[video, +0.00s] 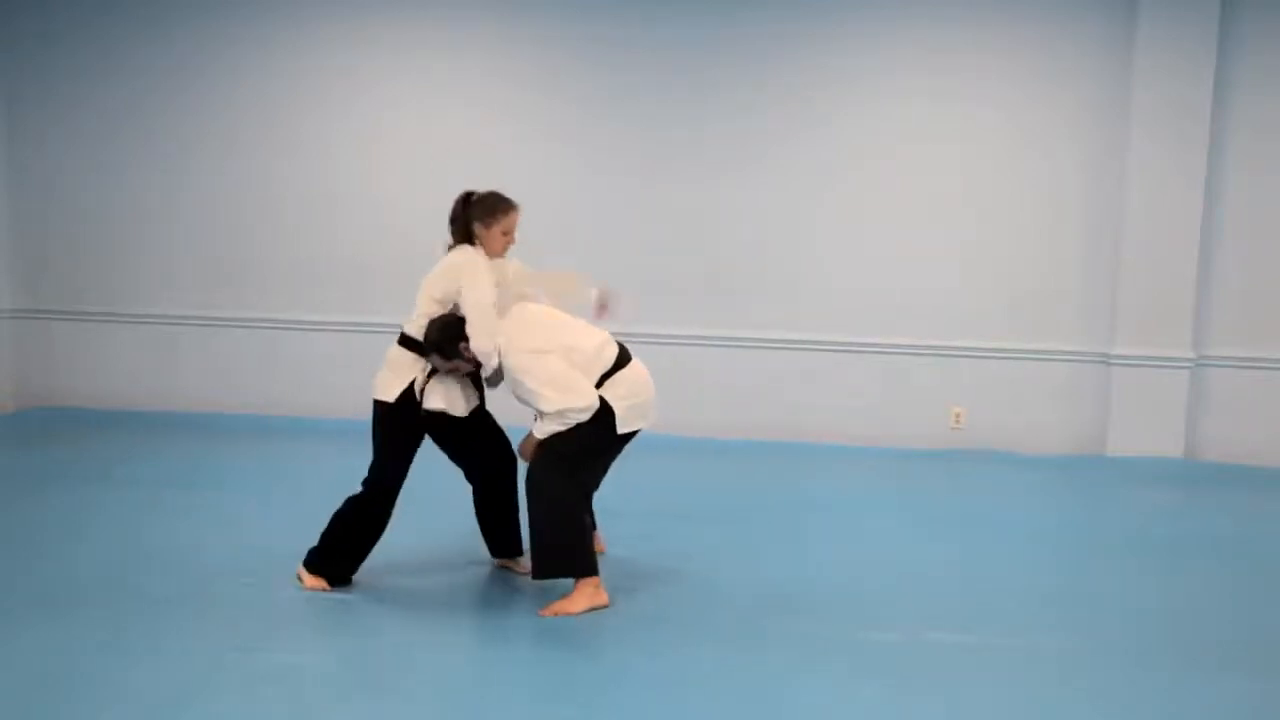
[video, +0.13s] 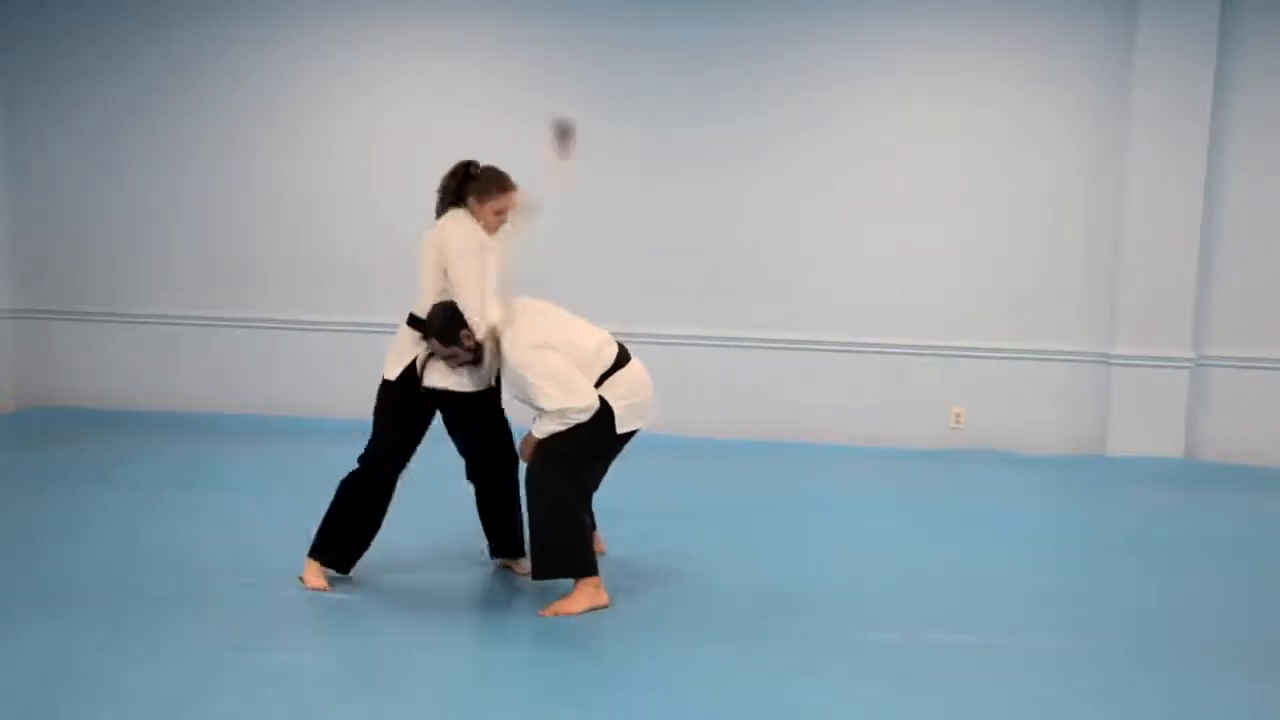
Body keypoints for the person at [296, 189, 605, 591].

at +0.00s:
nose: (512, 240)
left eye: (514, 231)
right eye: (506, 232)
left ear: (485, 231)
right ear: (480, 229)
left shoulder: (491, 265)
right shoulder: (469, 264)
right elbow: (485, 346)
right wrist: (489, 368)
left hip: (450, 390)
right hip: (409, 388)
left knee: (496, 460)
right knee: (384, 484)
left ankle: (507, 552)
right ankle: (320, 568)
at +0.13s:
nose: (502, 220)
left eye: (506, 212)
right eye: (496, 212)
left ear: (509, 207)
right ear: (473, 202)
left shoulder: (496, 228)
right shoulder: (453, 227)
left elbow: (533, 200)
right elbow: (467, 290)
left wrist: (560, 158)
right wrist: (479, 334)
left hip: (472, 373)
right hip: (420, 370)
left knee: (497, 463)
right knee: (382, 466)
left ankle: (509, 552)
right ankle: (321, 558)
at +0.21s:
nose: (500, 212)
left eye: (506, 204)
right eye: (493, 204)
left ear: (511, 193)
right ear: (471, 193)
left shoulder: (498, 219)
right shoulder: (445, 213)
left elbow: (521, 165)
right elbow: (447, 262)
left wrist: (502, 119)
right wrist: (475, 307)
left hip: (472, 359)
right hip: (419, 354)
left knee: (492, 456)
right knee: (377, 450)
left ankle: (506, 550)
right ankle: (318, 547)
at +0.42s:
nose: (479, 230)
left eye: (483, 222)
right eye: (470, 225)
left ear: (491, 212)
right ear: (448, 217)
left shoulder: (498, 238)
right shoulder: (426, 233)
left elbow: (536, 237)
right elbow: (388, 271)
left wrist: (518, 195)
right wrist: (429, 277)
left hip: (469, 372)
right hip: (410, 366)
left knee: (501, 459)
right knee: (351, 447)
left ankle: (507, 558)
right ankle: (285, 531)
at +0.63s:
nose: (460, 297)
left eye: (465, 288)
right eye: (452, 289)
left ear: (473, 281)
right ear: (425, 283)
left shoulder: (476, 310)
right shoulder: (397, 303)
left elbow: (505, 332)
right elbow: (371, 352)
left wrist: (490, 285)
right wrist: (396, 342)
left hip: (437, 415)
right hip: (375, 407)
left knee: (488, 468)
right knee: (303, 470)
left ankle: (509, 550)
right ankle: (276, 556)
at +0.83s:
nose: (419, 301)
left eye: (423, 292)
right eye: (410, 294)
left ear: (428, 285)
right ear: (383, 288)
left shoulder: (434, 318)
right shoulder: (354, 315)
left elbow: (466, 378)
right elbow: (334, 375)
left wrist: (467, 327)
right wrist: (361, 365)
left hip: (409, 409)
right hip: (351, 409)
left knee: (470, 460)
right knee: (295, 470)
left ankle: (499, 545)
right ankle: (268, 551)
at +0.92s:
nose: (412, 292)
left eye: (415, 283)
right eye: (403, 286)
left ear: (419, 274)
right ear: (378, 278)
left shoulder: (428, 309)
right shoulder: (348, 304)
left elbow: (453, 367)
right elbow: (328, 364)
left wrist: (459, 319)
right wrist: (353, 351)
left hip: (409, 403)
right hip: (350, 404)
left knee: (468, 457)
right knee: (296, 468)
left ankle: (487, 547)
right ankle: (270, 553)